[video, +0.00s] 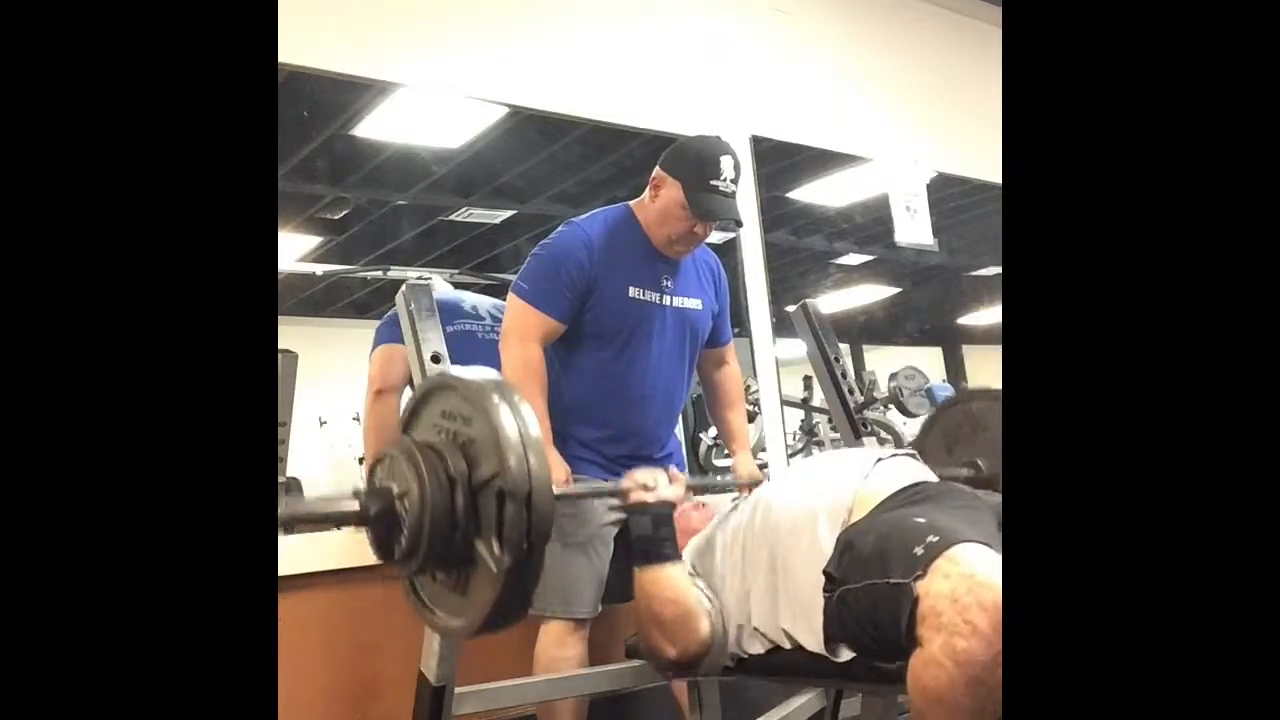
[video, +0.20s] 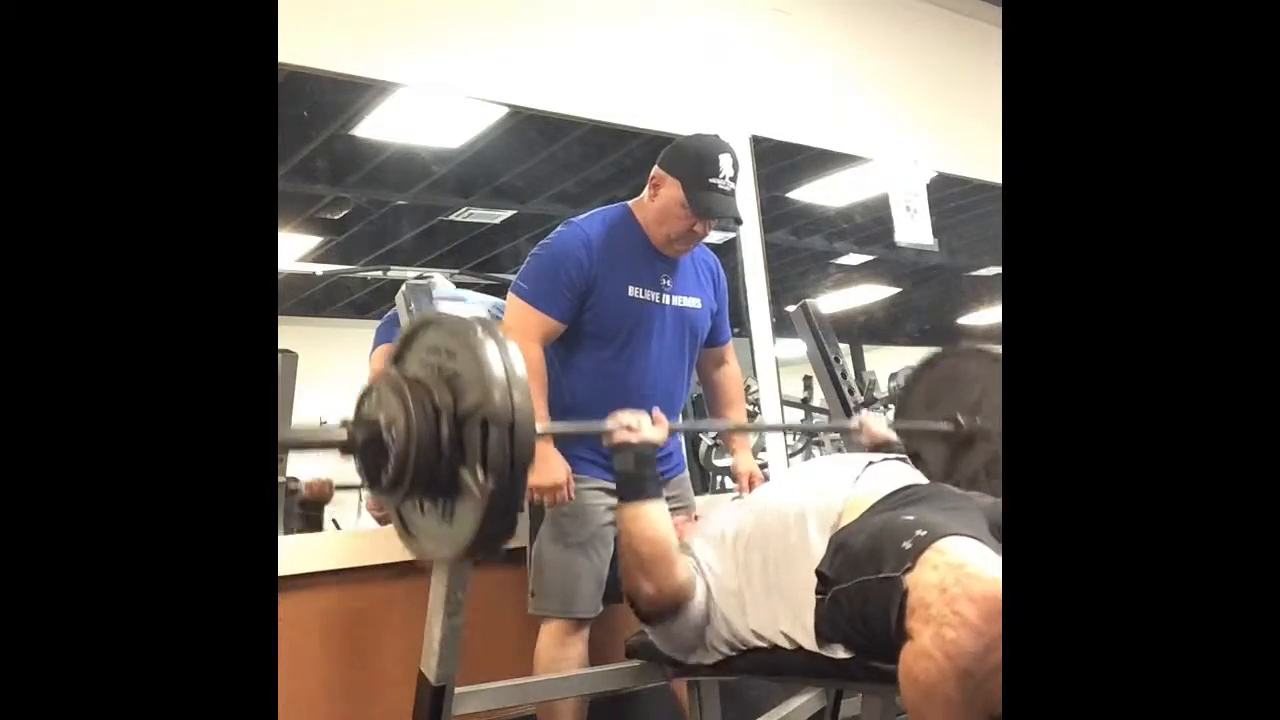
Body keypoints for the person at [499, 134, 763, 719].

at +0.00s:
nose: (705, 230)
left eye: (715, 220)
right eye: (696, 213)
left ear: (724, 216)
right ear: (658, 187)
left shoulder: (708, 270)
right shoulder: (580, 246)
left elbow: (720, 365)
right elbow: (521, 341)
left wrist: (741, 450)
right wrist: (542, 449)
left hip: (661, 466)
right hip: (578, 464)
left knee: (658, 613)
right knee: (571, 618)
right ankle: (563, 715)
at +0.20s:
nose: (704, 228)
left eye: (713, 218)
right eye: (695, 211)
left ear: (721, 213)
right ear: (656, 186)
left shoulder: (707, 269)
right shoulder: (579, 246)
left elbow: (719, 364)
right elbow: (521, 338)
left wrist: (740, 448)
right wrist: (540, 443)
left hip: (662, 469)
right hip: (581, 468)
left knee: (663, 612)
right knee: (571, 619)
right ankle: (564, 716)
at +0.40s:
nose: (704, 227)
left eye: (713, 217)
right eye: (696, 211)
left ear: (722, 213)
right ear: (656, 186)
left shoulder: (706, 268)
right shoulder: (579, 246)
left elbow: (720, 364)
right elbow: (520, 339)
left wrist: (741, 450)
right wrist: (536, 445)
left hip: (662, 471)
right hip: (581, 468)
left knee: (638, 611)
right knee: (570, 621)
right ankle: (562, 717)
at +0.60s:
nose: (703, 231)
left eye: (713, 221)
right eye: (695, 214)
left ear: (721, 215)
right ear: (657, 187)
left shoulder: (706, 270)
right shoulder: (579, 247)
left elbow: (718, 364)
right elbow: (520, 340)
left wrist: (739, 449)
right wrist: (542, 448)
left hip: (664, 477)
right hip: (580, 473)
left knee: (666, 617)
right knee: (569, 621)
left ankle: (674, 713)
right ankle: (564, 718)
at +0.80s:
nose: (703, 232)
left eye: (712, 222)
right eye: (695, 215)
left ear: (721, 217)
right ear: (657, 189)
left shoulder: (706, 270)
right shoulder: (579, 247)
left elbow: (718, 365)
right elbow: (521, 340)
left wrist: (738, 451)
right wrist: (540, 449)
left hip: (659, 467)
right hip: (576, 465)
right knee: (569, 619)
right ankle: (560, 715)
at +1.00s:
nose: (704, 232)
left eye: (713, 222)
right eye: (696, 215)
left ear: (721, 217)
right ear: (657, 188)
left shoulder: (707, 271)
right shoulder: (579, 247)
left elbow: (718, 366)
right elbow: (520, 340)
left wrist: (739, 451)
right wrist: (540, 448)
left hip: (662, 469)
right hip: (578, 466)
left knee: (674, 617)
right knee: (569, 620)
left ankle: (690, 711)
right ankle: (561, 715)